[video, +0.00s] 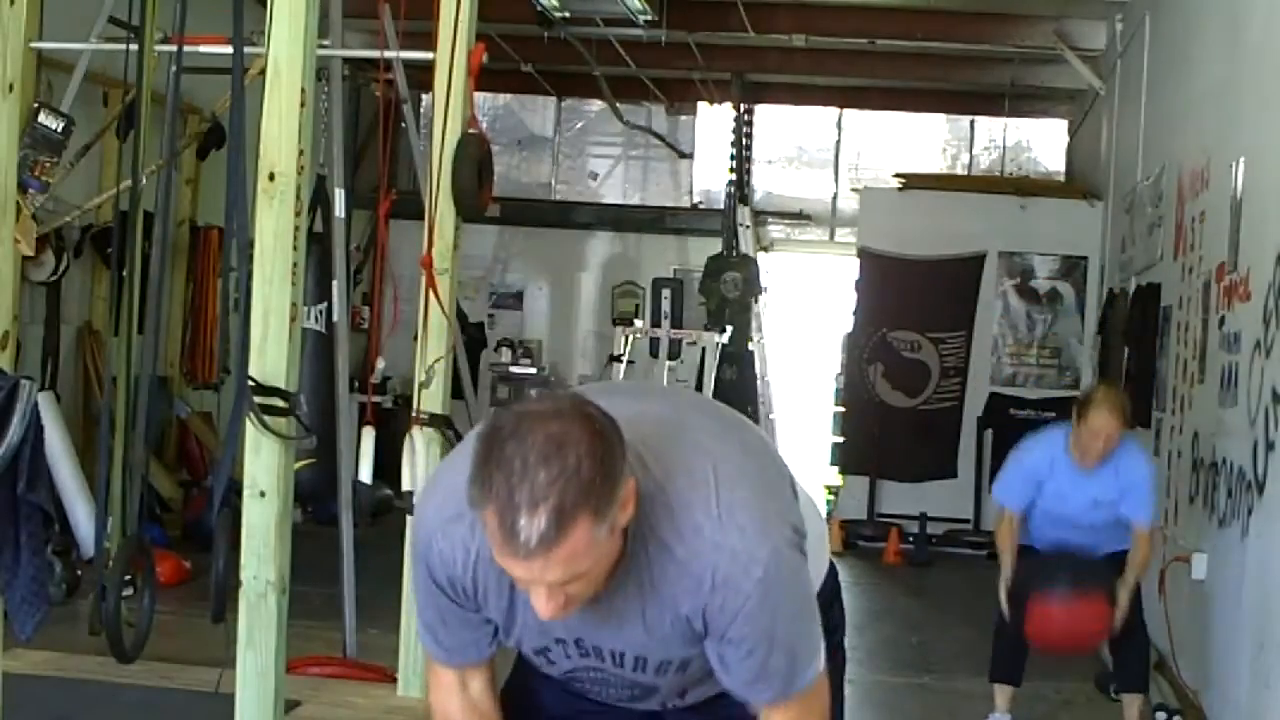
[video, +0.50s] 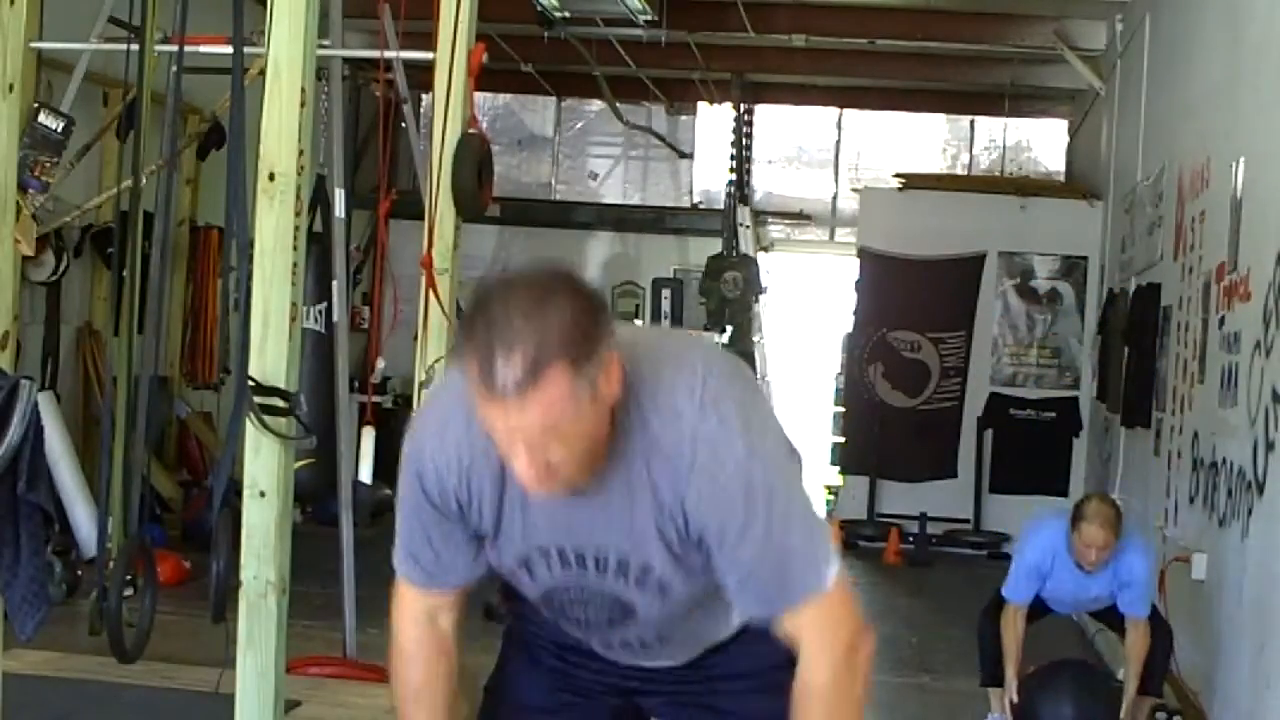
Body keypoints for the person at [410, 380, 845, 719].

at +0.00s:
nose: (545, 607)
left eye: (569, 583)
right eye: (520, 581)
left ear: (624, 508)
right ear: (483, 516)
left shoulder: (744, 554)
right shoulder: (447, 522)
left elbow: (799, 709)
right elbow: (459, 688)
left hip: (738, 671)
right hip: (565, 663)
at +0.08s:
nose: (547, 615)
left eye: (573, 590)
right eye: (522, 588)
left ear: (628, 517)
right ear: (488, 525)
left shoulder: (743, 571)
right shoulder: (448, 531)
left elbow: (793, 713)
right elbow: (457, 698)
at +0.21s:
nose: (547, 618)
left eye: (574, 592)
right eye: (524, 591)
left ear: (631, 520)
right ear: (491, 529)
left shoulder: (740, 576)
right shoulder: (450, 542)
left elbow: (764, 714)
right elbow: (448, 706)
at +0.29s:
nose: (545, 605)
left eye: (569, 580)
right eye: (522, 578)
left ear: (629, 509)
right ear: (491, 517)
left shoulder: (737, 561)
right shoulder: (449, 527)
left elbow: (788, 713)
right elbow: (443, 702)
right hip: (568, 645)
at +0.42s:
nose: (538, 539)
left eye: (562, 511)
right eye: (514, 511)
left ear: (620, 445)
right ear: (485, 458)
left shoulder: (728, 483)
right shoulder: (449, 480)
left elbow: (808, 696)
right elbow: (434, 665)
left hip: (729, 654)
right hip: (565, 645)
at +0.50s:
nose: (527, 468)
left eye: (550, 438)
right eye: (504, 440)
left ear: (608, 382)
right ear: (481, 403)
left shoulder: (707, 413)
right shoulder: (445, 432)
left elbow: (838, 640)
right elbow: (425, 617)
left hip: (727, 654)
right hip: (555, 646)